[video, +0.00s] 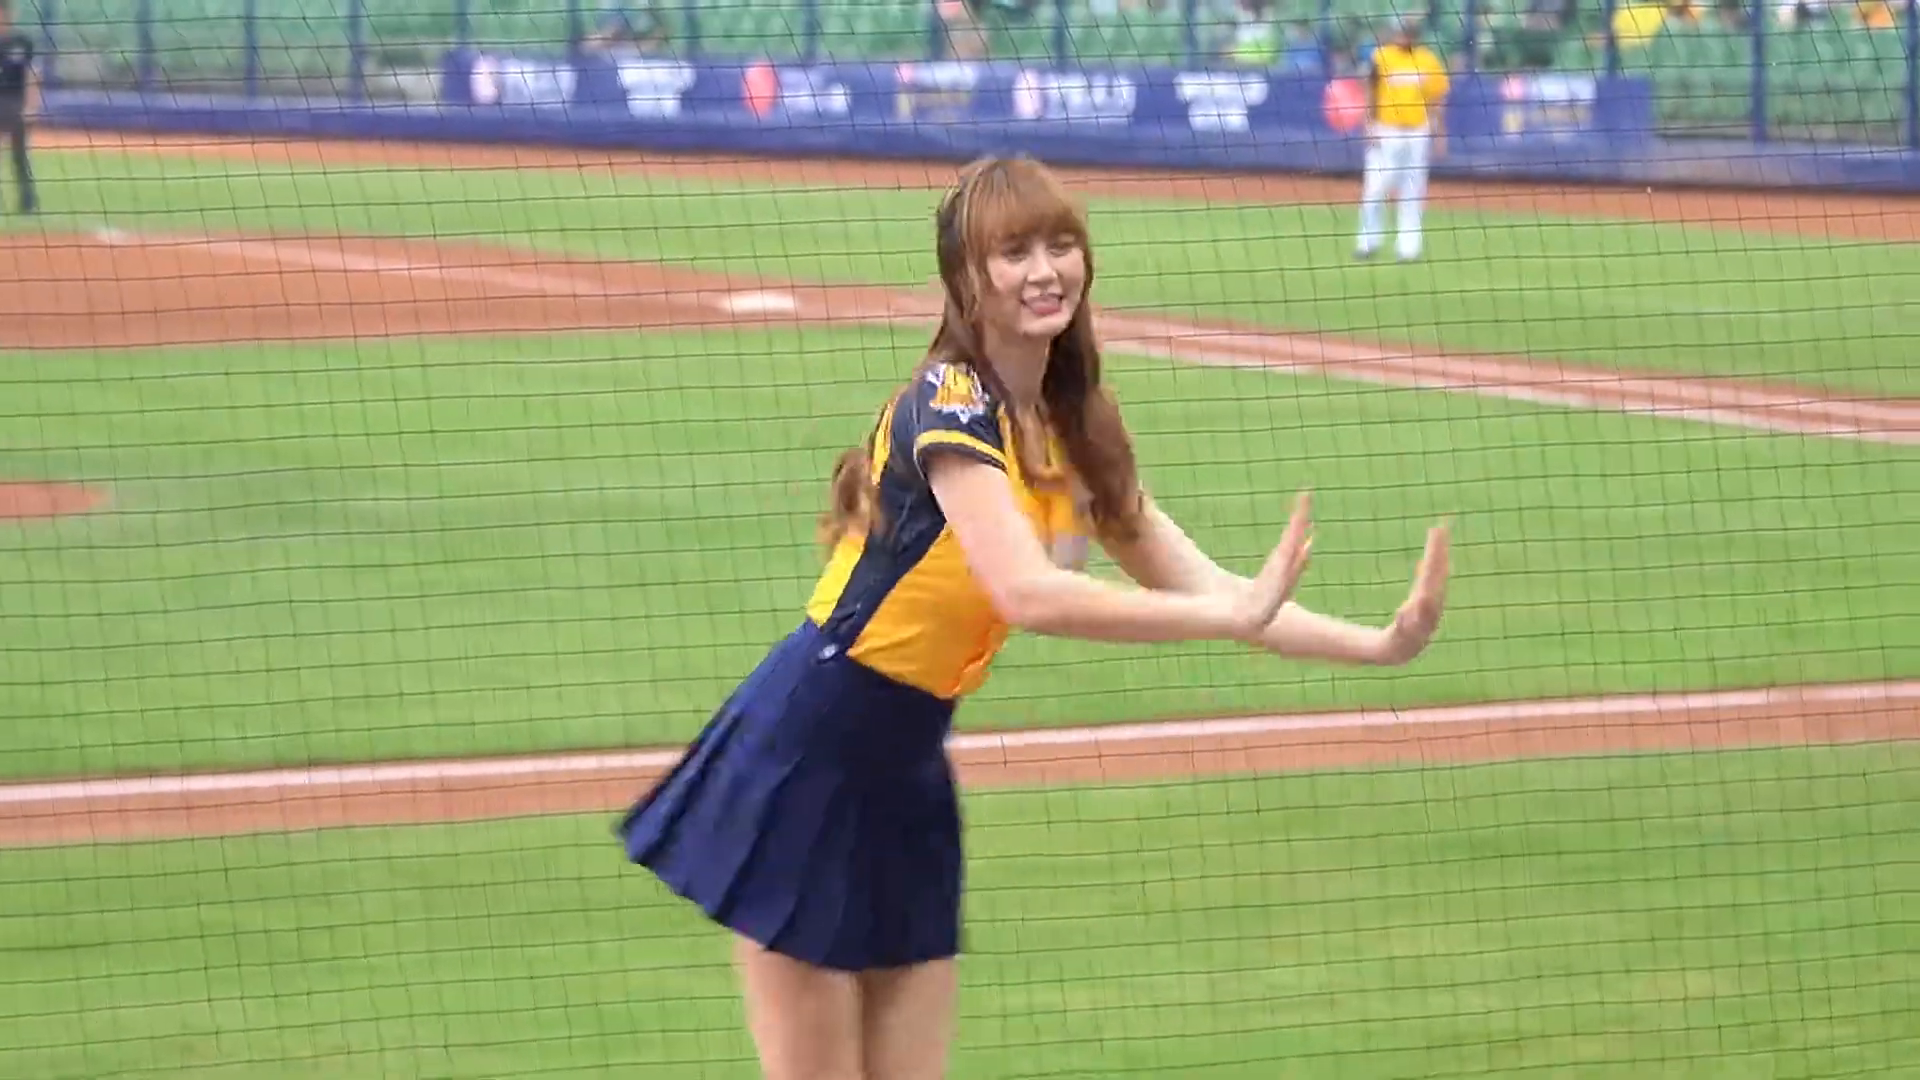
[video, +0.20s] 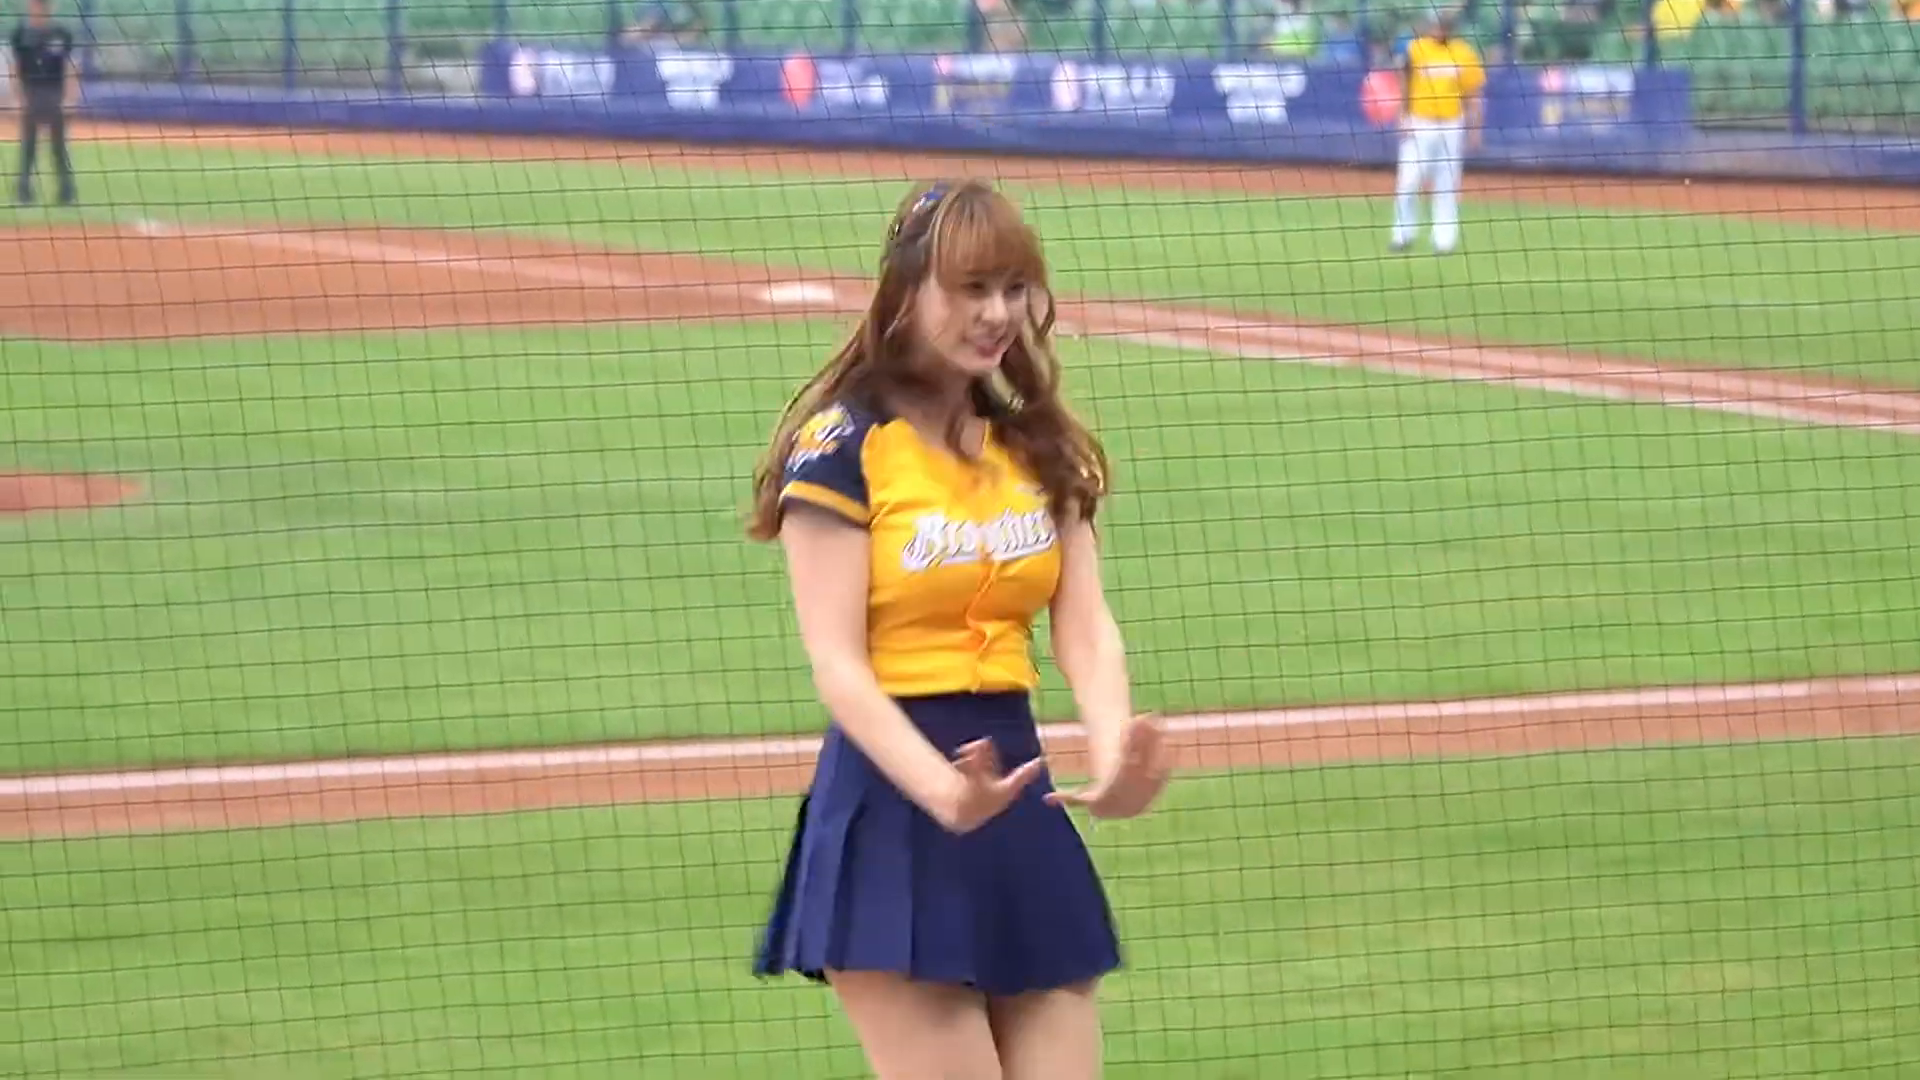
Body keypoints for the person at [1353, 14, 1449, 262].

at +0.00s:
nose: (1407, 38)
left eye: (1411, 33)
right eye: (1403, 32)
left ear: (1418, 35)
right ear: (1396, 33)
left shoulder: (1428, 60)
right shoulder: (1381, 57)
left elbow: (1436, 101)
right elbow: (1371, 91)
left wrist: (1439, 135)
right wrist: (1370, 123)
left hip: (1418, 132)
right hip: (1385, 131)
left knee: (1413, 189)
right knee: (1375, 187)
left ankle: (1409, 243)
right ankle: (1368, 238)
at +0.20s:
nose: (1441, 31)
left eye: (1446, 26)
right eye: (1437, 25)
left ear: (1452, 27)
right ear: (1429, 25)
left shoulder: (1464, 53)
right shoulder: (1415, 49)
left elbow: (1473, 95)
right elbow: (1404, 82)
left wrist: (1474, 129)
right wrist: (1404, 114)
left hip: (1452, 124)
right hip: (1419, 123)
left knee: (1447, 182)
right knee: (1408, 181)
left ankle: (1445, 235)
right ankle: (1403, 231)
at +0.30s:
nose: (1460, 26)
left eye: (1465, 21)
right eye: (1456, 21)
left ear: (1472, 22)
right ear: (1449, 20)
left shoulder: (1483, 50)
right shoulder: (1431, 45)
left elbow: (1494, 91)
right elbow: (1420, 78)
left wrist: (1493, 125)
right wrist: (1419, 110)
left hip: (1470, 121)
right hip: (1436, 119)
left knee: (1465, 179)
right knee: (1427, 177)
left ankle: (1465, 233)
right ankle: (1422, 230)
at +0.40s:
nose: (1472, 22)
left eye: (1476, 17)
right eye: (1468, 17)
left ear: (1482, 19)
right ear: (1459, 18)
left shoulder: (1494, 45)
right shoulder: (1444, 42)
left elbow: (1506, 85)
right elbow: (1435, 76)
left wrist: (1507, 119)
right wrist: (1434, 108)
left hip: (1485, 117)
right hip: (1451, 116)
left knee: (1483, 175)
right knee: (1445, 175)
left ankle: (1484, 230)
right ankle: (1443, 228)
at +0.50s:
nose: (1485, 18)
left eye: (1489, 13)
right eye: (1481, 13)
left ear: (1495, 14)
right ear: (1473, 14)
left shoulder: (1508, 41)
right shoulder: (1458, 39)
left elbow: (1518, 84)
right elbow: (1447, 74)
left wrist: (1518, 118)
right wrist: (1448, 106)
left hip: (1498, 113)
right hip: (1464, 112)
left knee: (1500, 170)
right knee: (1463, 171)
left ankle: (1504, 225)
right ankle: (1463, 224)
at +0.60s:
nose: (1500, 12)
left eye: (1504, 7)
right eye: (1495, 7)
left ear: (1510, 9)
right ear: (1489, 9)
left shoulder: (1526, 37)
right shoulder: (1475, 34)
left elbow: (1536, 79)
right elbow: (1465, 70)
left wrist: (1536, 112)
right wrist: (1466, 102)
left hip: (1516, 108)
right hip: (1482, 107)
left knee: (1519, 165)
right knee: (1482, 166)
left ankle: (1524, 220)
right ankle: (1483, 219)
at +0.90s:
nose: (1512, 5)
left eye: (1516, 2)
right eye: (1508, 2)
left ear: (1522, 3)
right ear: (1500, 3)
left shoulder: (1538, 25)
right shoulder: (1486, 26)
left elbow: (1549, 65)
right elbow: (1474, 64)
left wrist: (1549, 99)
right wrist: (1476, 100)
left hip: (1531, 96)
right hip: (1496, 97)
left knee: (1538, 153)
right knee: (1502, 155)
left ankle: (1546, 210)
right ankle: (1508, 210)